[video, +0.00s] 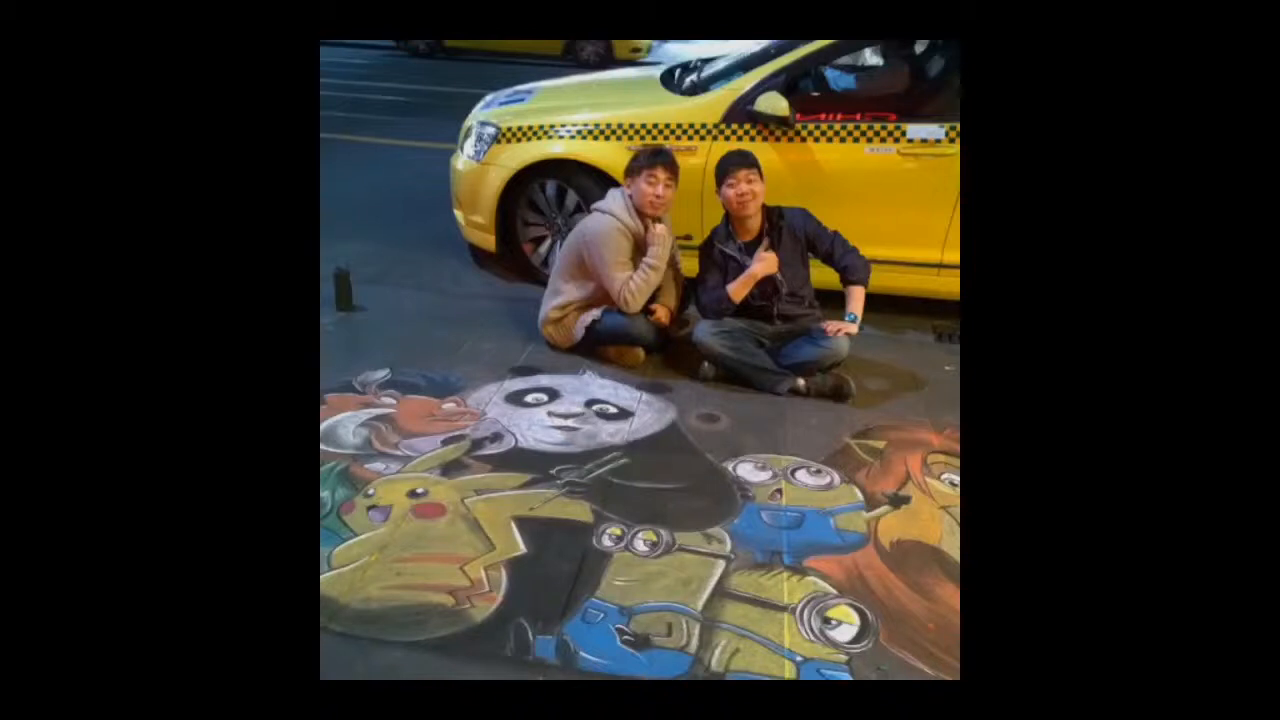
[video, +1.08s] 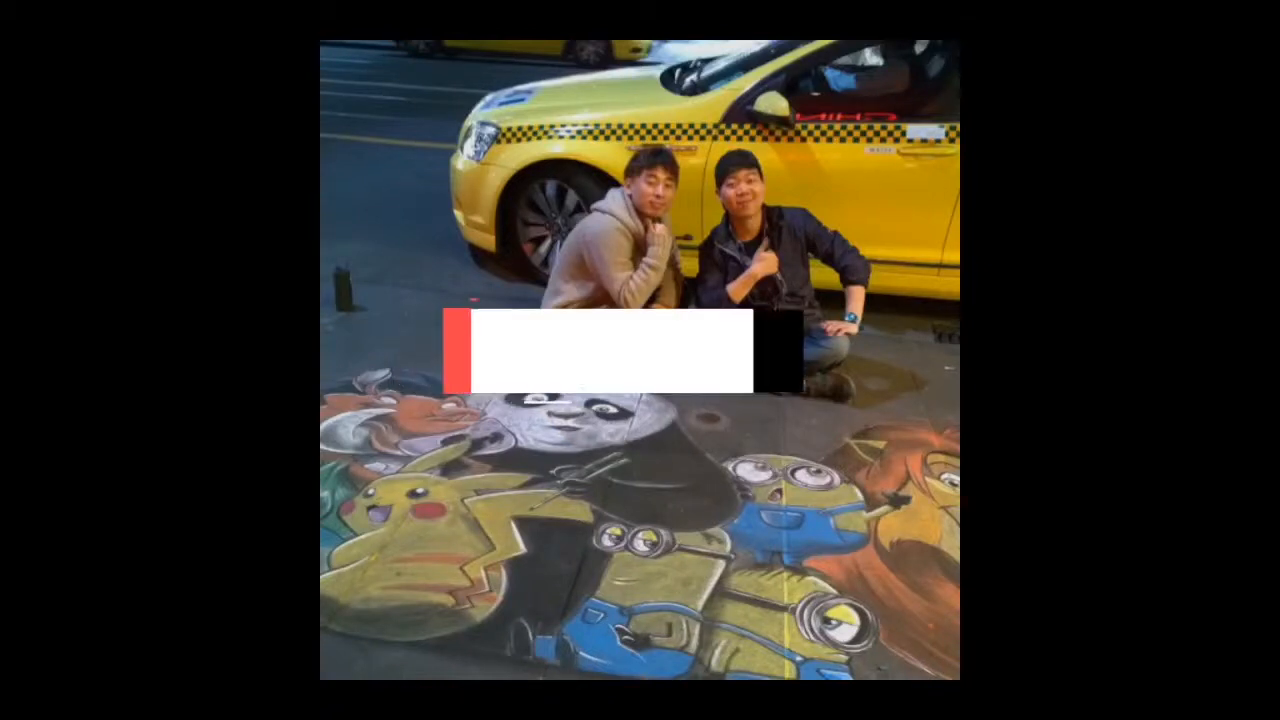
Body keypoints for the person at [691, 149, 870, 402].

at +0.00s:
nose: (743, 191)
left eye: (750, 181)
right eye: (732, 185)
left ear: (763, 187)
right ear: (720, 195)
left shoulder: (794, 222)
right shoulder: (714, 246)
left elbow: (853, 262)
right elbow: (709, 308)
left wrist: (851, 320)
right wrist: (753, 274)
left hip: (799, 327)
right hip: (747, 328)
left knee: (837, 344)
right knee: (704, 334)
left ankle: (733, 373)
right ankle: (798, 386)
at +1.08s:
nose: (743, 191)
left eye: (750, 181)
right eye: (732, 185)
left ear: (763, 187)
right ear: (720, 195)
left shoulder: (795, 222)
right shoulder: (713, 246)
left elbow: (853, 262)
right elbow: (708, 307)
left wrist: (851, 319)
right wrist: (752, 275)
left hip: (799, 324)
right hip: (743, 329)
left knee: (837, 344)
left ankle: (751, 372)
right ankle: (806, 387)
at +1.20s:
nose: (743, 191)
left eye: (750, 181)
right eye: (732, 185)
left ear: (763, 187)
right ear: (720, 195)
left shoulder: (795, 222)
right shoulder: (713, 246)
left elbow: (853, 262)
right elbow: (708, 307)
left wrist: (851, 319)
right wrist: (752, 275)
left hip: (799, 323)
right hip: (744, 330)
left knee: (837, 345)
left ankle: (759, 376)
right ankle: (811, 385)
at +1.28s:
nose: (743, 191)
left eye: (750, 181)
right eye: (732, 185)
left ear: (763, 187)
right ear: (720, 195)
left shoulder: (795, 222)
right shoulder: (713, 246)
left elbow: (853, 262)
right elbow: (708, 307)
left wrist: (851, 319)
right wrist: (752, 275)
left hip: (799, 325)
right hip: (744, 330)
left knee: (837, 345)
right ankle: (812, 386)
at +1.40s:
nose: (743, 191)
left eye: (750, 181)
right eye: (732, 185)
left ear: (763, 187)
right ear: (720, 195)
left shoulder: (795, 222)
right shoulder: (713, 246)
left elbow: (853, 262)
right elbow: (707, 308)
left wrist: (851, 319)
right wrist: (752, 275)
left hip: (799, 326)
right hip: (744, 331)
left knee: (837, 345)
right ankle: (812, 385)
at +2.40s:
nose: (743, 190)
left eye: (750, 181)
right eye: (732, 184)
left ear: (763, 185)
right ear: (721, 192)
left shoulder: (792, 220)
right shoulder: (716, 230)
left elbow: (854, 262)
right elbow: (708, 304)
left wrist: (851, 320)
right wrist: (752, 275)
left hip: (801, 325)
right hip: (748, 324)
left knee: (836, 344)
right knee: (709, 333)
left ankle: (731, 370)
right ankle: (800, 386)